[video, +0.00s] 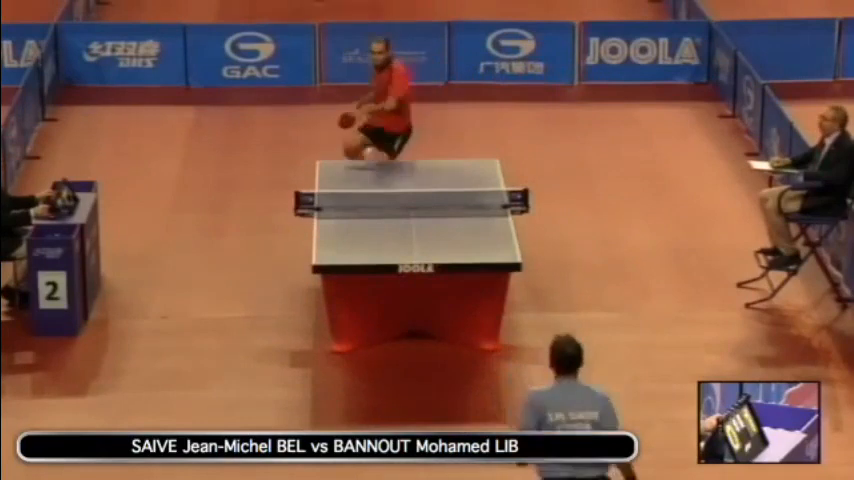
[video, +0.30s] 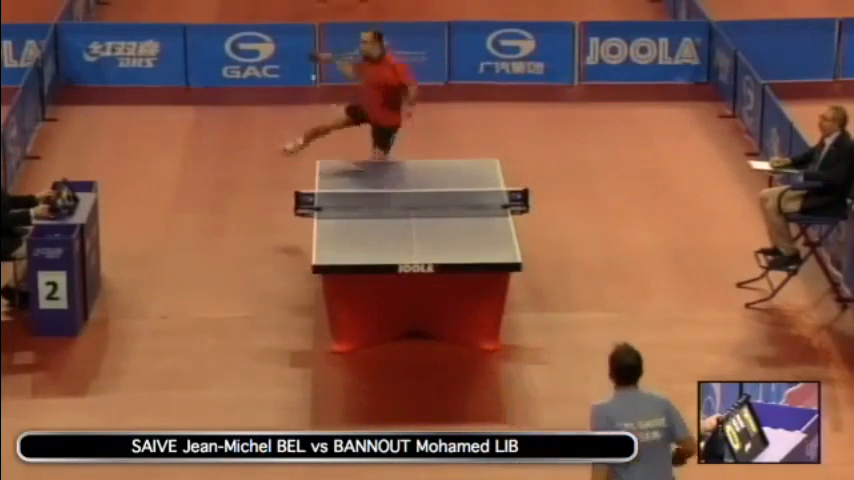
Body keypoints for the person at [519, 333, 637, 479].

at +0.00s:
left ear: (552, 363)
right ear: (580, 362)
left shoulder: (538, 401)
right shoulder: (600, 401)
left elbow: (526, 448)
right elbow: (615, 448)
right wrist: (630, 475)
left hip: (555, 475)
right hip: (595, 474)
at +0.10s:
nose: (565, 356)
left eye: (566, 353)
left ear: (568, 359)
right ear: (597, 355)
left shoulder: (560, 398)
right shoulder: (622, 390)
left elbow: (556, 447)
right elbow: (648, 434)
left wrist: (546, 475)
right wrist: (650, 468)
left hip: (585, 473)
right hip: (624, 471)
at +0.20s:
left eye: (583, 354)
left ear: (584, 360)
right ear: (613, 357)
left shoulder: (574, 398)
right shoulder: (637, 392)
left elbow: (572, 451)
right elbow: (664, 438)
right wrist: (658, 463)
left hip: (597, 472)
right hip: (636, 472)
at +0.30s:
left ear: (611, 374)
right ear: (640, 371)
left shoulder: (603, 412)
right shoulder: (662, 405)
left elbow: (601, 463)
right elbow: (689, 446)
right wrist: (674, 459)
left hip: (623, 476)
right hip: (662, 476)